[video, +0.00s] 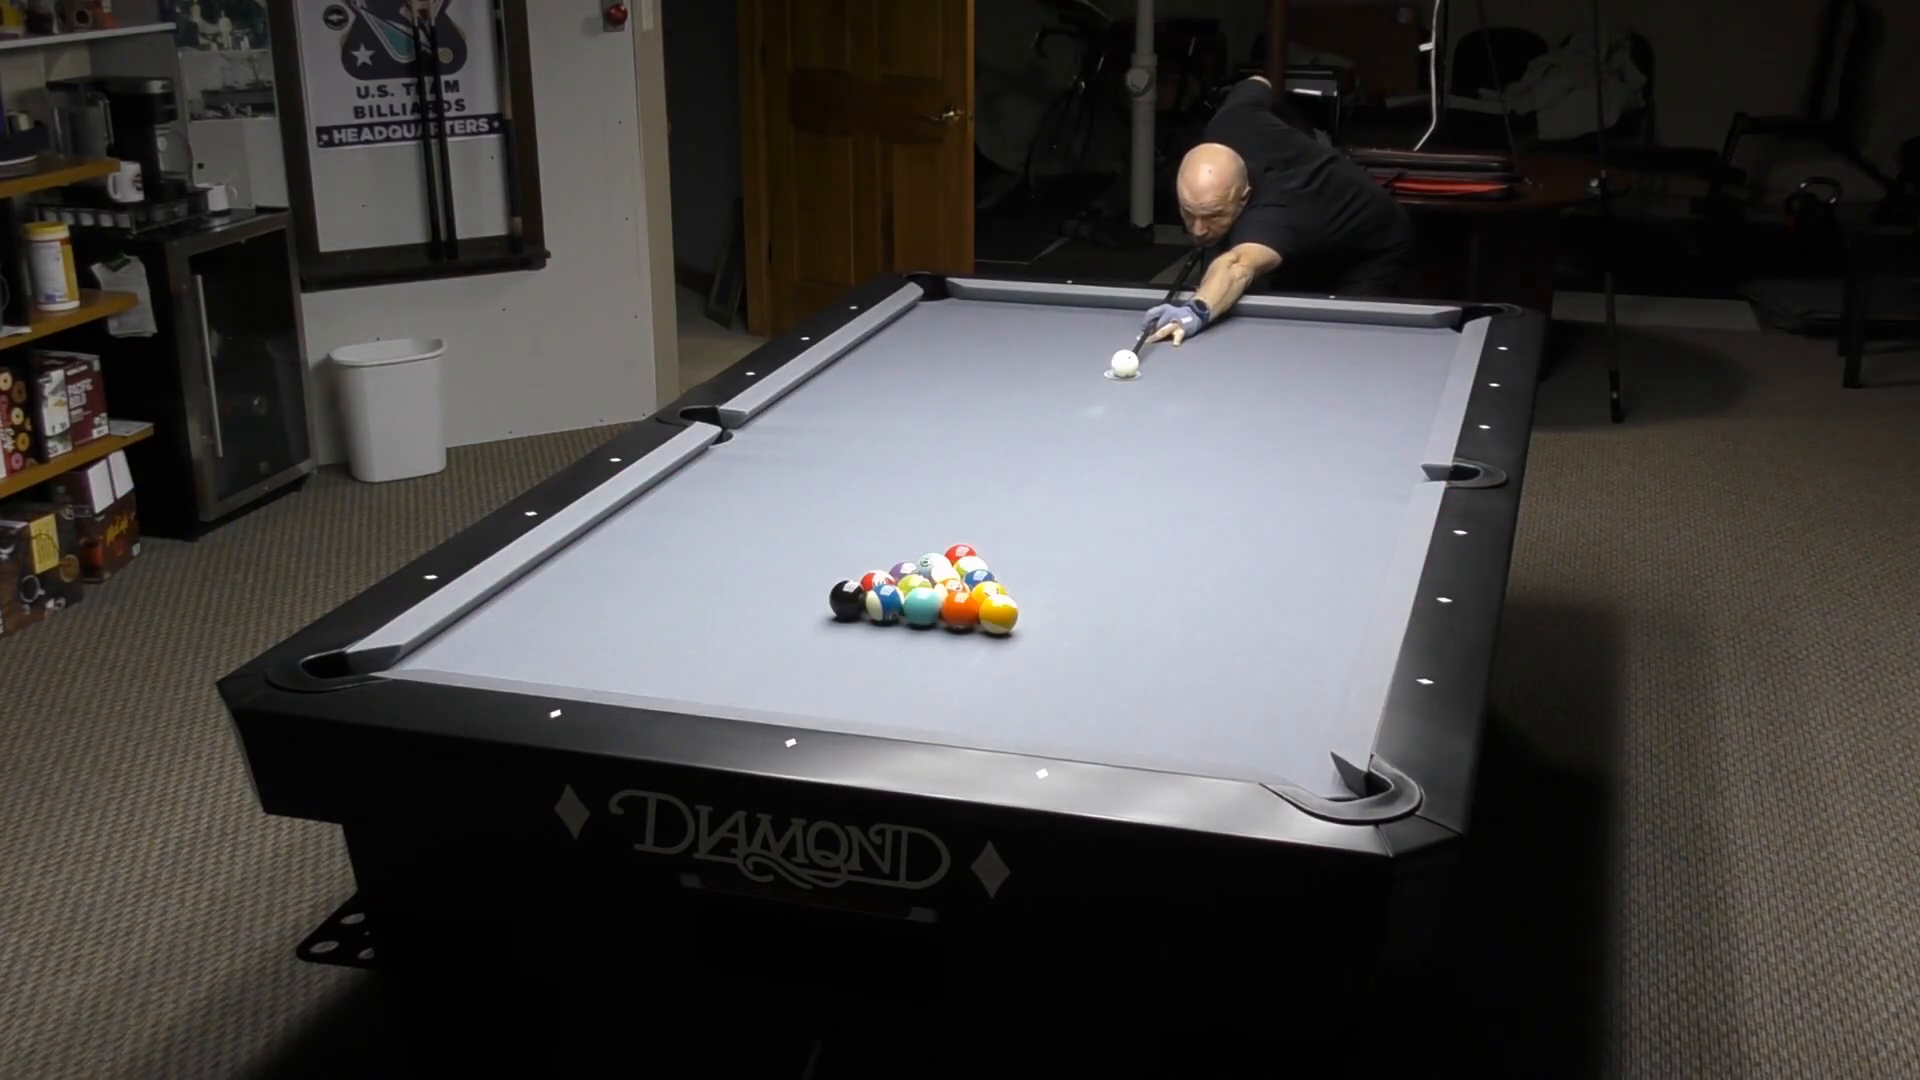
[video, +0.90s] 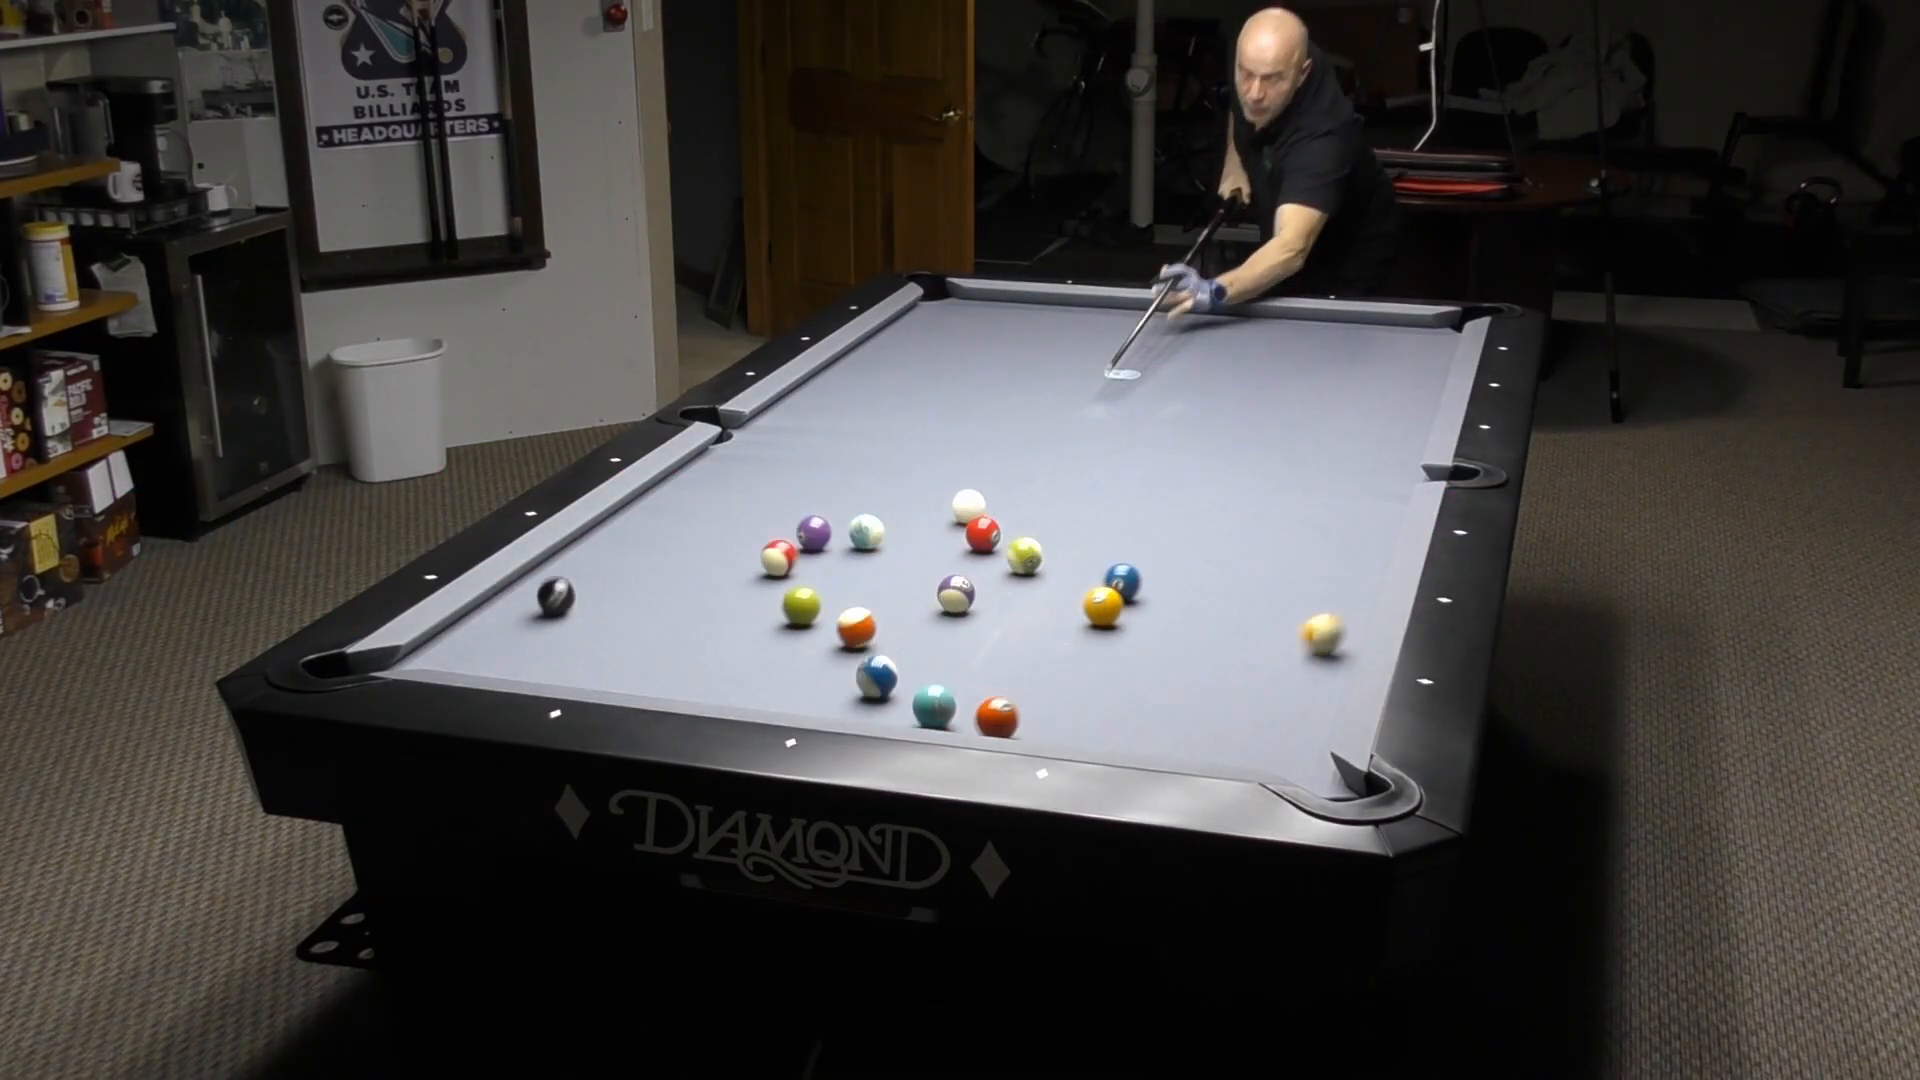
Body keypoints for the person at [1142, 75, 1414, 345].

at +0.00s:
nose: (1199, 231)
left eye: (1213, 217)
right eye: (1189, 215)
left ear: (1243, 195)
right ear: (1179, 188)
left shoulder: (1273, 216)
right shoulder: (1232, 121)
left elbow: (1238, 265)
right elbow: (1259, 81)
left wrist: (1195, 310)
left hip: (1378, 243)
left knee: (1339, 339)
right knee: (1280, 330)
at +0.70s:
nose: (1198, 221)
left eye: (1212, 207)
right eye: (1187, 205)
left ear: (1241, 184)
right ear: (1177, 181)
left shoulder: (1274, 196)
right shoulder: (1228, 113)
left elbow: (1258, 267)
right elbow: (1256, 78)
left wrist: (1198, 314)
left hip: (1373, 244)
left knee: (1338, 343)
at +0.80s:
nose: (1222, 174)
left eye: (1237, 161)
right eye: (1210, 159)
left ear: (1266, 138)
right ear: (1204, 127)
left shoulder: (1298, 170)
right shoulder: (1240, 78)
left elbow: (1277, 276)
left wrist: (1211, 316)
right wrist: (1221, 183)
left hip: (1363, 238)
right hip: (1295, 228)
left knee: (1342, 341)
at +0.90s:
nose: (1254, 94)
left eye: (1272, 80)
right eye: (1246, 74)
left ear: (1303, 72)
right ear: (1236, 60)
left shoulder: (1322, 129)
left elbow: (1291, 249)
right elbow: (1238, 106)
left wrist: (1214, 293)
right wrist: (1234, 162)